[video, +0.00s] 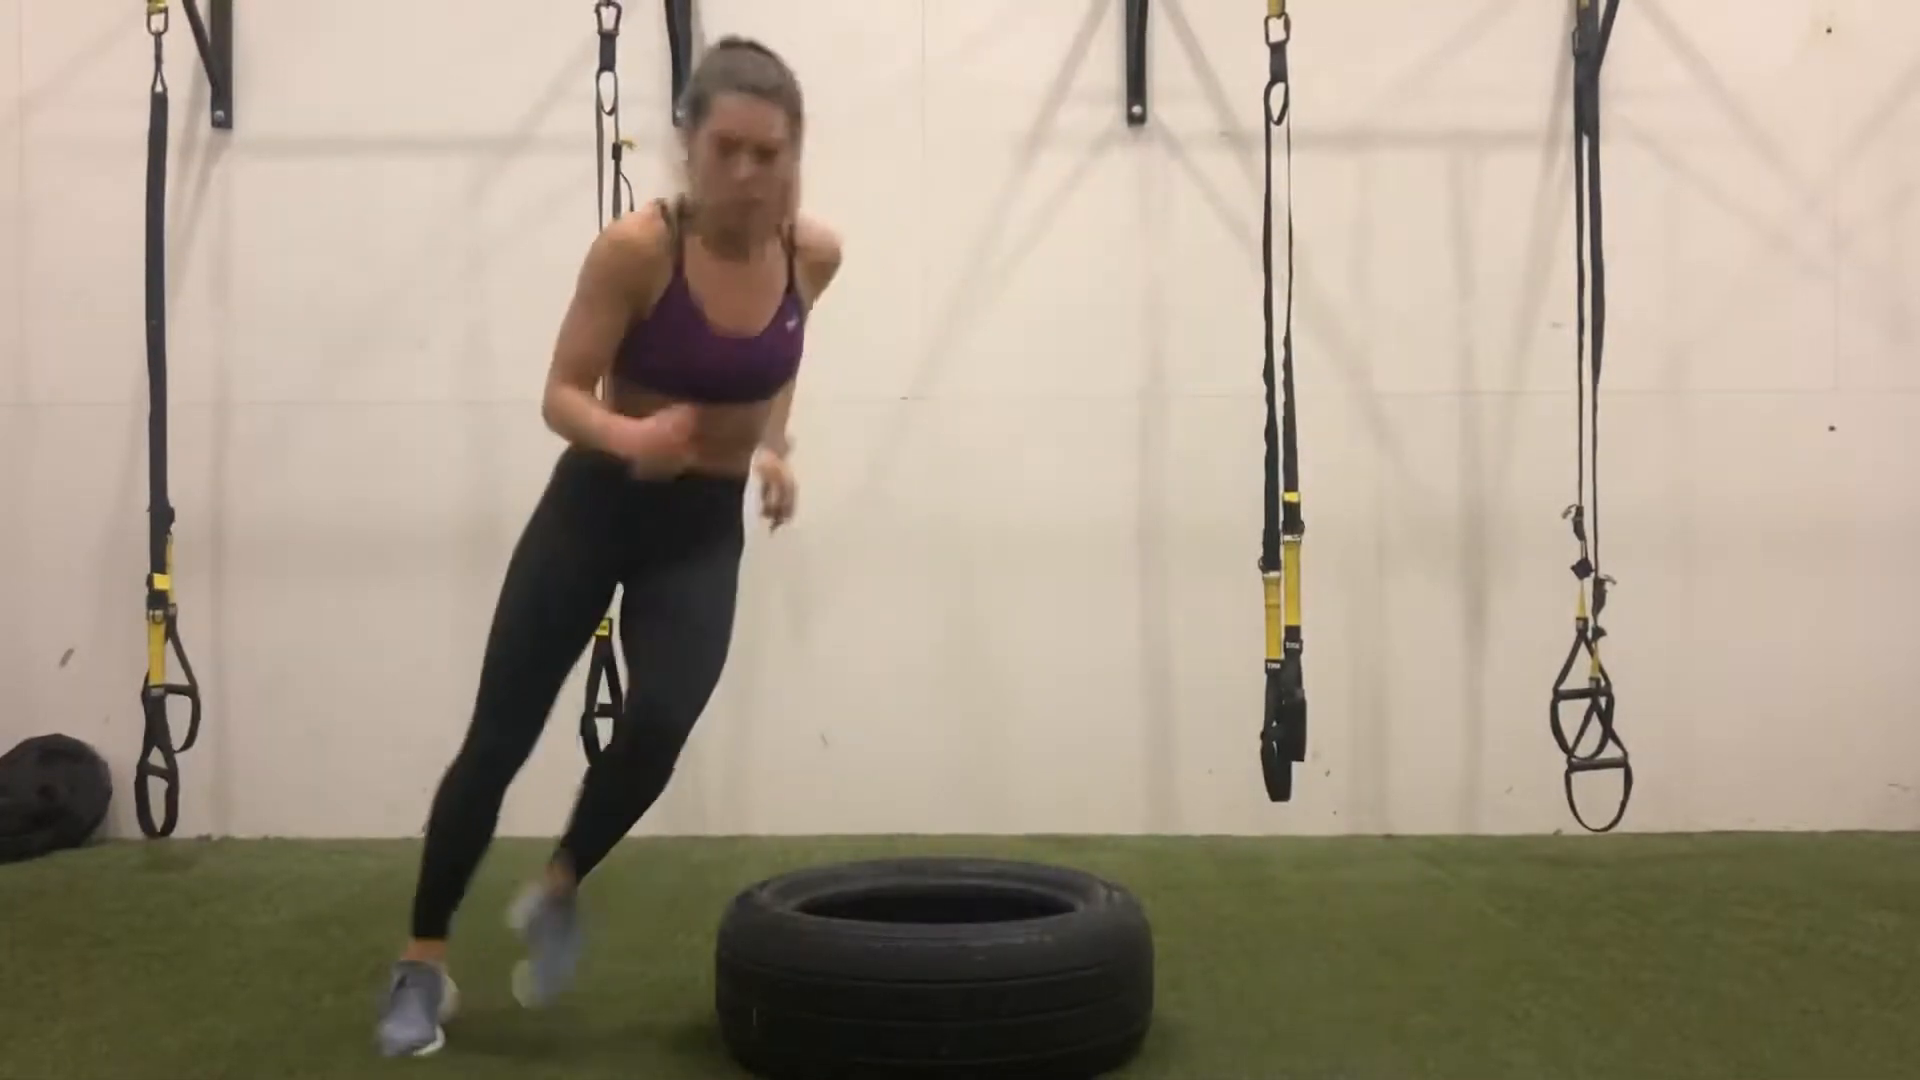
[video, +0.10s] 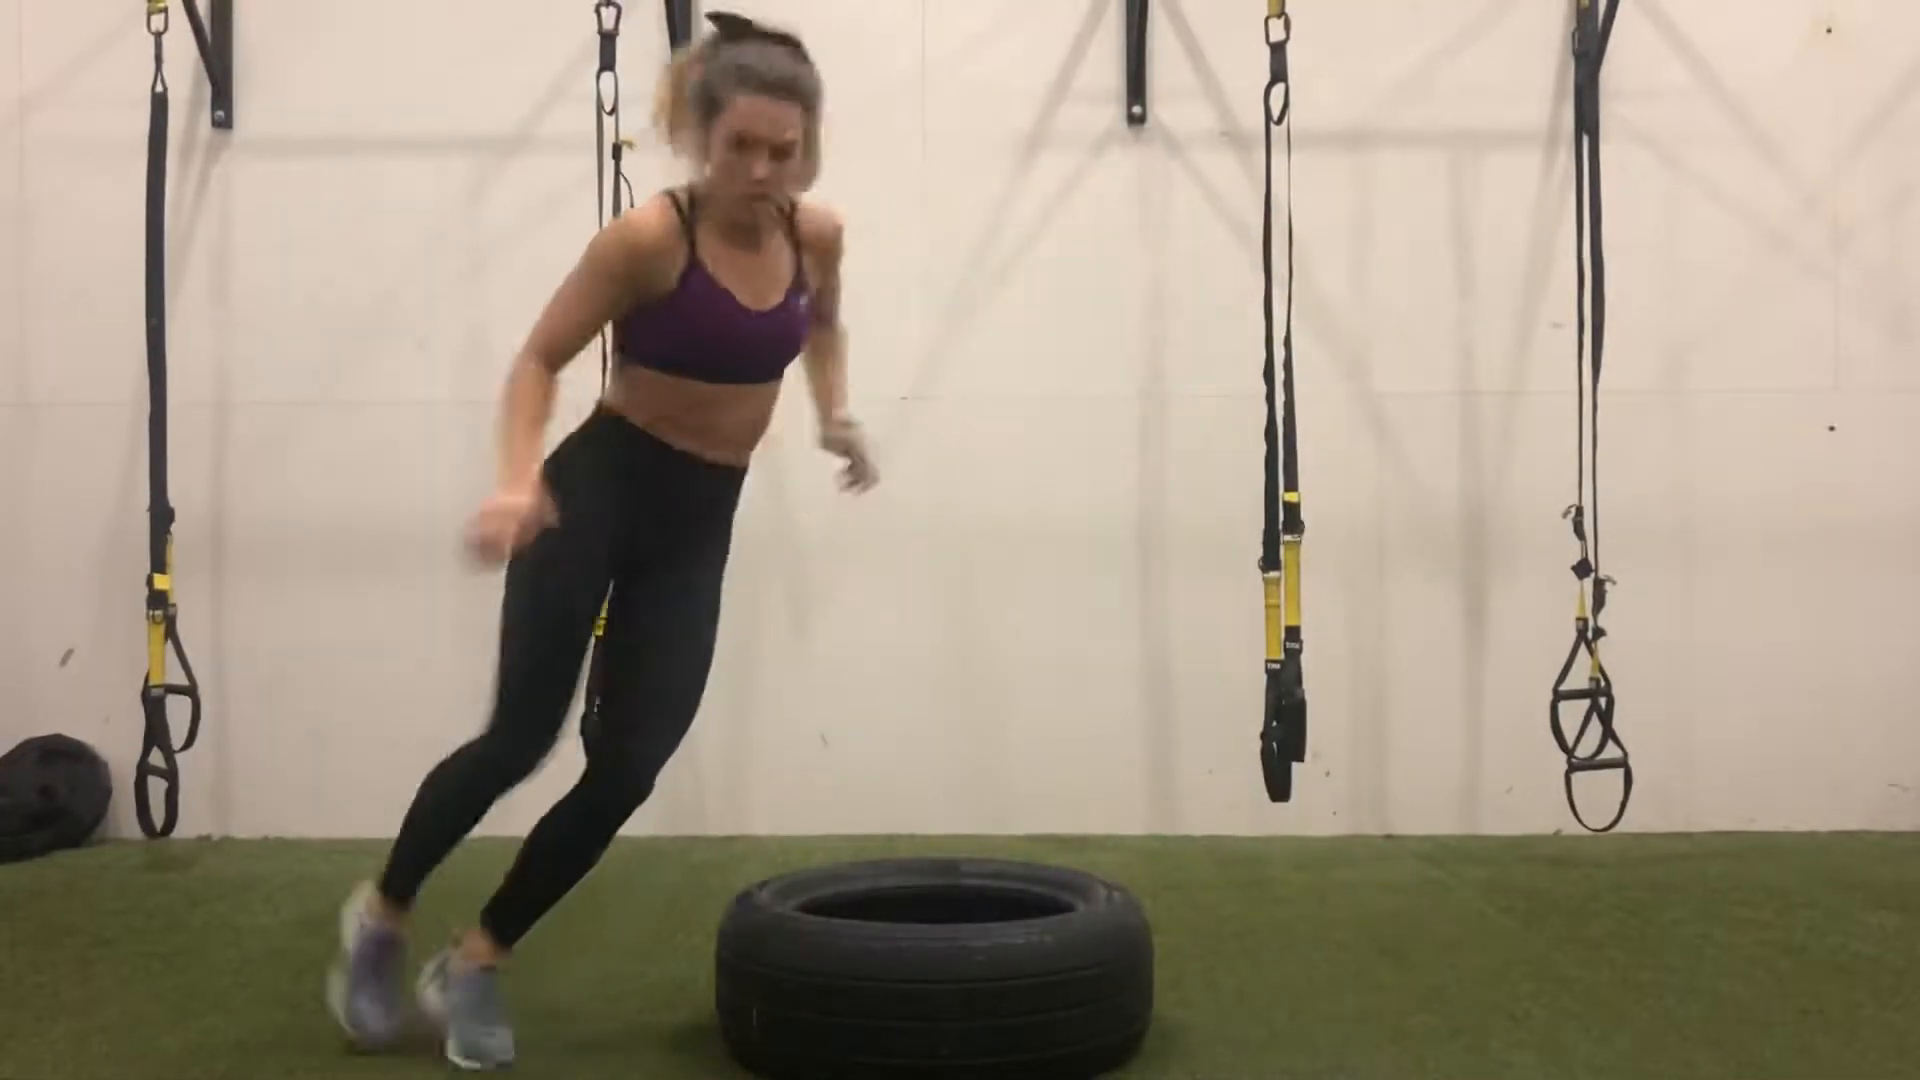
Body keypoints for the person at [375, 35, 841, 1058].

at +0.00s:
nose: (750, 174)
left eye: (770, 152)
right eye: (729, 150)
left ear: (798, 152)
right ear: (690, 147)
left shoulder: (813, 254)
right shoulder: (636, 249)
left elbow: (775, 348)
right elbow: (562, 393)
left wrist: (777, 444)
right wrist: (628, 436)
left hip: (703, 523)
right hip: (594, 505)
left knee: (659, 734)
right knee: (495, 744)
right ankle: (422, 956)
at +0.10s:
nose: (765, 169)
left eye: (784, 149)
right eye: (745, 147)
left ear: (807, 143)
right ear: (702, 137)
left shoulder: (815, 233)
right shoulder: (647, 238)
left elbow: (822, 326)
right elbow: (539, 358)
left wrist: (835, 417)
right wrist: (517, 480)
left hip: (698, 522)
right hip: (596, 492)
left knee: (628, 773)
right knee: (520, 737)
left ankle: (472, 960)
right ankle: (379, 916)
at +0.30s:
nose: (824, 162)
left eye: (839, 141)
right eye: (804, 141)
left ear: (860, 133)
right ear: (761, 132)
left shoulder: (881, 200)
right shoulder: (711, 208)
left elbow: (872, 283)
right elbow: (590, 227)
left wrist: (736, 255)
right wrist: (474, 211)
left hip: (743, 488)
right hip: (698, 478)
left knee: (610, 745)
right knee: (907, 570)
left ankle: (438, 963)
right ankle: (712, 707)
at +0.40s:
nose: (878, 108)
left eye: (894, 89)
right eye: (857, 86)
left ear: (915, 82)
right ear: (812, 79)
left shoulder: (934, 148)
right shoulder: (770, 156)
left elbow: (875, 238)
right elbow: (661, 185)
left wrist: (728, 213)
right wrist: (567, 196)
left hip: (802, 458)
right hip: (764, 455)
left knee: (725, 721)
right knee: (962, 611)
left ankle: (513, 867)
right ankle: (860, 829)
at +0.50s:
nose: (945, 117)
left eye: (962, 95)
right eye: (925, 94)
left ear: (980, 88)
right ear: (881, 85)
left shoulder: (990, 152)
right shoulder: (825, 166)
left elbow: (971, 233)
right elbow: (697, 220)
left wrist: (836, 245)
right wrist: (597, 240)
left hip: (906, 487)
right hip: (856, 487)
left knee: (926, 723)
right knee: (936, 734)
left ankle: (726, 695)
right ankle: (906, 946)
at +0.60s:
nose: (1003, 98)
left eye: (1021, 77)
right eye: (983, 77)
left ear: (1047, 69)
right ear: (946, 71)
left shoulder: (1077, 147)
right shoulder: (894, 173)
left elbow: (1099, 236)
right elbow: (747, 277)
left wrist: (1111, 320)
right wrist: (613, 351)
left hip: (1007, 473)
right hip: (913, 474)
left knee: (1140, 665)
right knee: (956, 723)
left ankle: (1026, 707)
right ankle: (904, 935)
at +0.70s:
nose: (1037, 76)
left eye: (1056, 54)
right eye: (1017, 54)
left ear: (1085, 55)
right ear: (984, 55)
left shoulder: (1127, 146)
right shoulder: (937, 160)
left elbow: (1210, 269)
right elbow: (836, 278)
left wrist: (1268, 415)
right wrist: (831, 327)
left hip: (1075, 446)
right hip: (966, 451)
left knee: (1184, 669)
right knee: (1028, 696)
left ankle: (1257, 862)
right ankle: (940, 868)